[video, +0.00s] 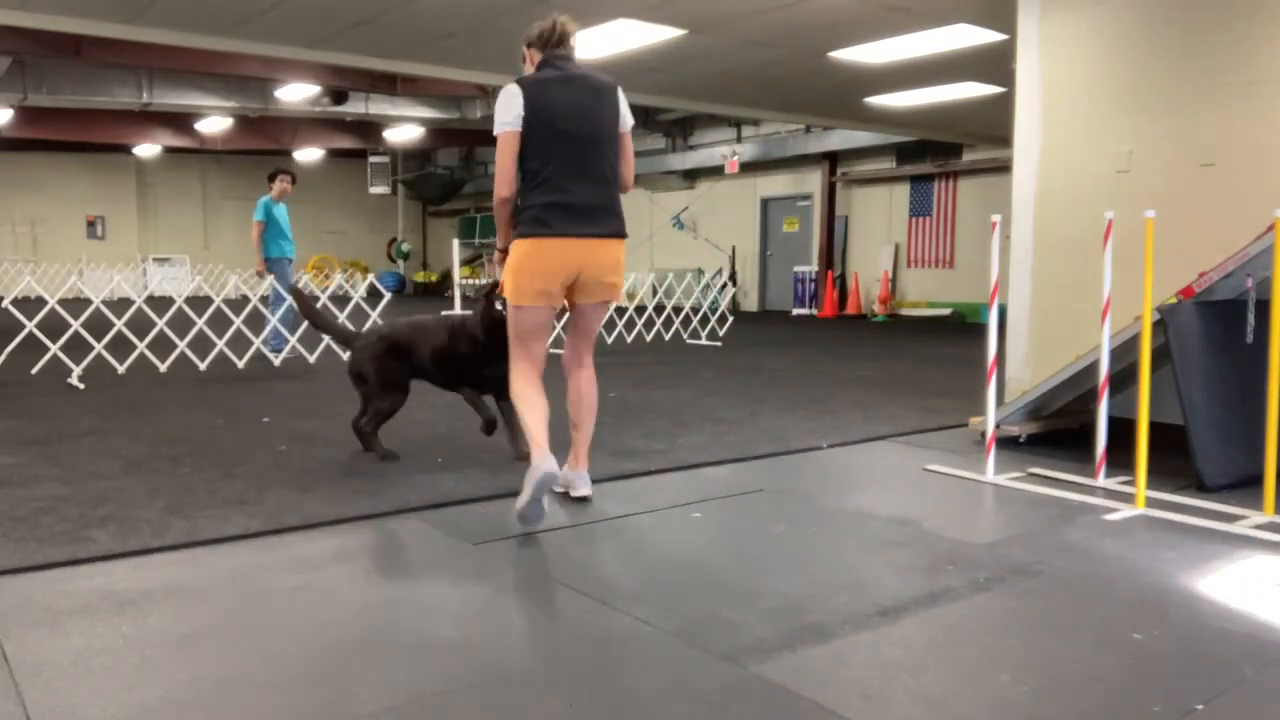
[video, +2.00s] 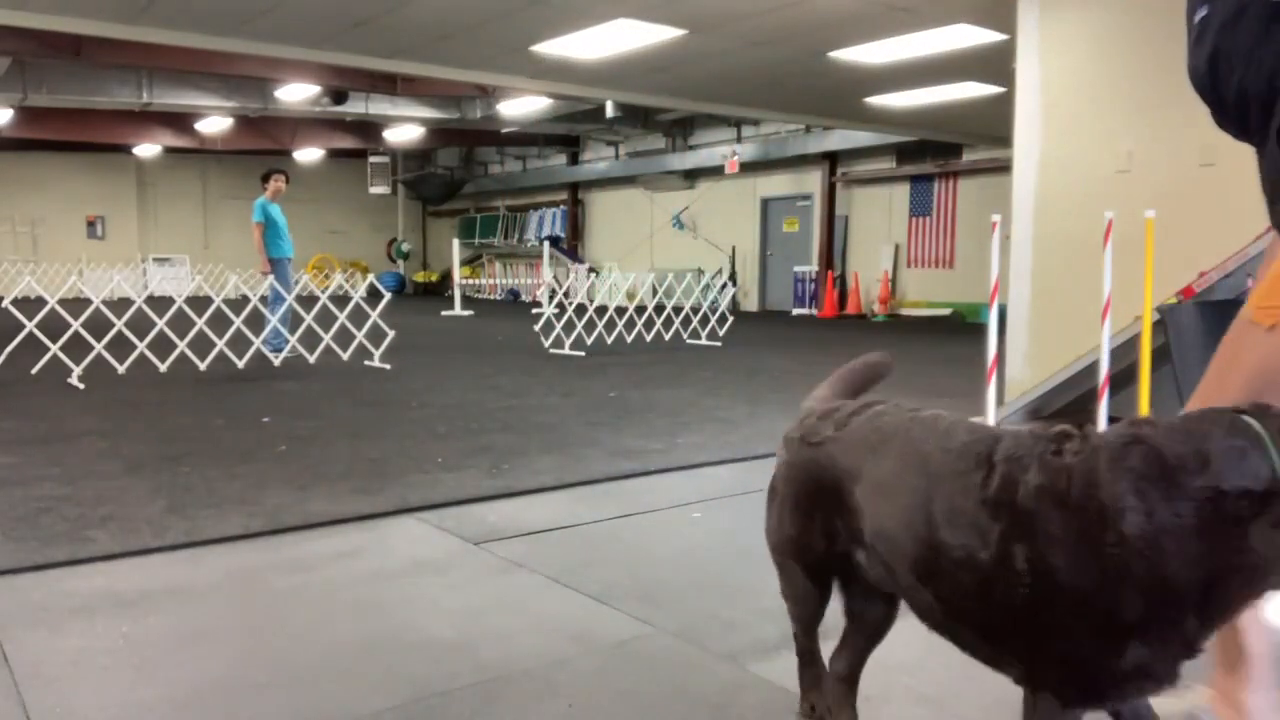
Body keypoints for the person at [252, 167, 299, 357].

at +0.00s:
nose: (285, 186)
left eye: (289, 183)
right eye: (282, 181)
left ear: (291, 187)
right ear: (272, 184)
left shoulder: (283, 206)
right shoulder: (264, 203)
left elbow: (283, 232)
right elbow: (257, 232)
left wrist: (290, 255)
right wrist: (259, 261)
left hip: (287, 256)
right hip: (275, 256)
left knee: (279, 299)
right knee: (284, 298)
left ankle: (274, 340)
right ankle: (277, 342)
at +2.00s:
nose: (280, 185)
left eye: (283, 182)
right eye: (276, 181)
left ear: (286, 186)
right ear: (267, 184)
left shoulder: (276, 206)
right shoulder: (260, 204)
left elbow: (280, 232)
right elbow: (258, 233)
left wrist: (287, 256)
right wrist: (264, 261)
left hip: (285, 256)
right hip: (276, 257)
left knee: (278, 299)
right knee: (283, 298)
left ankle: (275, 341)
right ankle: (276, 343)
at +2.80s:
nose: (284, 187)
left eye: (286, 184)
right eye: (280, 182)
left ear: (288, 187)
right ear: (270, 185)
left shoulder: (277, 206)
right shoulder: (263, 204)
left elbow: (280, 232)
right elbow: (261, 234)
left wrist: (287, 255)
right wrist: (267, 261)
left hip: (286, 256)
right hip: (277, 257)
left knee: (276, 299)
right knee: (286, 298)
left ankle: (272, 340)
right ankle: (276, 341)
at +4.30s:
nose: (282, 187)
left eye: (285, 183)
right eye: (278, 182)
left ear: (286, 187)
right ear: (269, 184)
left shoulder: (276, 207)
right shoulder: (261, 204)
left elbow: (279, 233)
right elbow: (260, 235)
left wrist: (287, 256)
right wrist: (267, 262)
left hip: (285, 256)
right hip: (278, 257)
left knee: (276, 299)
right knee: (288, 299)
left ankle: (272, 340)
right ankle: (277, 341)